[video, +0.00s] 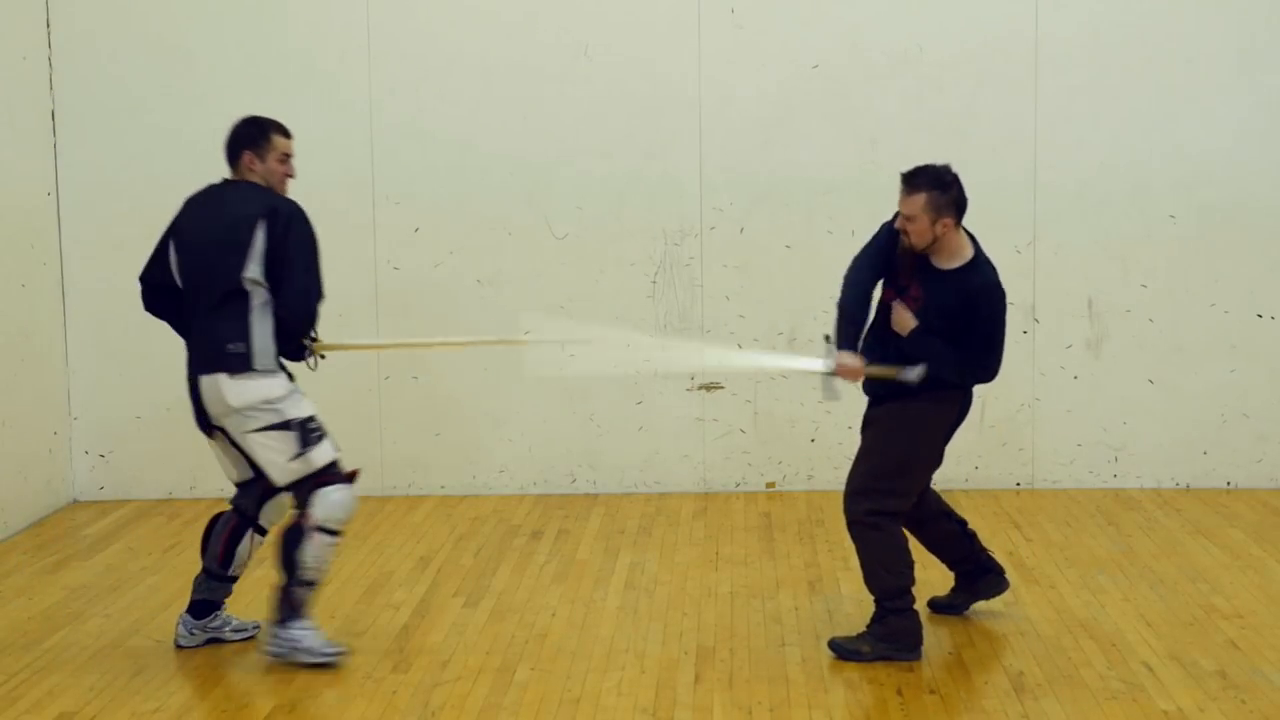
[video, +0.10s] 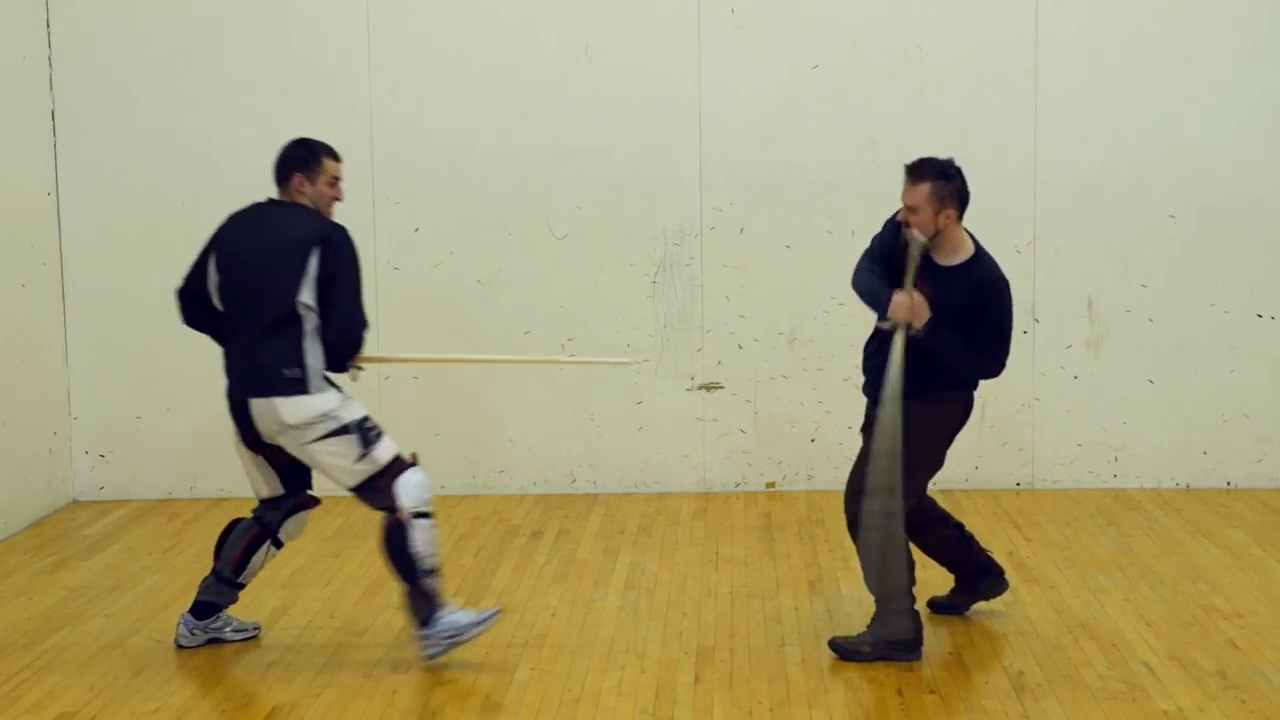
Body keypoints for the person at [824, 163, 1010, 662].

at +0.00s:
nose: (900, 226)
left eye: (911, 220)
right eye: (901, 216)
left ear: (946, 224)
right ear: (905, 208)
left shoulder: (980, 287)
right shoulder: (902, 233)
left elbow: (983, 368)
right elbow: (859, 276)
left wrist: (915, 334)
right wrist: (848, 346)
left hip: (935, 400)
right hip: (888, 388)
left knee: (868, 503)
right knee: (903, 493)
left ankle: (896, 628)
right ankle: (979, 572)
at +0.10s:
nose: (904, 218)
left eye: (915, 211)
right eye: (904, 208)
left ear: (949, 215)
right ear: (908, 201)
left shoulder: (986, 283)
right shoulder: (902, 232)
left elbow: (990, 363)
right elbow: (865, 274)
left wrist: (925, 326)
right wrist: (891, 299)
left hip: (938, 404)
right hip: (888, 393)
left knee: (872, 501)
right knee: (892, 497)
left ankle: (897, 629)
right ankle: (978, 572)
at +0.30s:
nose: (908, 195)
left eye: (918, 187)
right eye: (909, 185)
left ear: (951, 194)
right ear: (929, 193)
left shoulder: (996, 252)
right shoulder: (916, 239)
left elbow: (993, 330)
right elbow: (885, 280)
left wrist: (936, 283)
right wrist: (891, 230)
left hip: (957, 399)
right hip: (903, 393)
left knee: (891, 497)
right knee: (881, 495)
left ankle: (896, 628)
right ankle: (958, 574)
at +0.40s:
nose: (901, 187)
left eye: (912, 179)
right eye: (903, 177)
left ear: (946, 186)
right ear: (931, 187)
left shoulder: (995, 223)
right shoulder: (920, 230)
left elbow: (1017, 293)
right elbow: (895, 270)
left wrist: (951, 267)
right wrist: (873, 217)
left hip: (987, 371)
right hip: (929, 367)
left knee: (939, 479)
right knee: (907, 478)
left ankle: (902, 602)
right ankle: (964, 577)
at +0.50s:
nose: (904, 177)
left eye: (914, 165)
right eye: (903, 167)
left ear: (948, 169)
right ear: (933, 175)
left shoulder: (1005, 206)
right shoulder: (925, 224)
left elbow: (1048, 271)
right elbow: (908, 266)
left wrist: (975, 290)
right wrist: (868, 220)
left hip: (1020, 352)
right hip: (959, 355)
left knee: (981, 463)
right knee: (945, 470)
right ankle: (969, 586)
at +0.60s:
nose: (918, 175)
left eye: (929, 166)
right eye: (918, 168)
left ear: (963, 176)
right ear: (925, 182)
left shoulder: (1014, 214)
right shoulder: (935, 237)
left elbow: (1066, 273)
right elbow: (921, 282)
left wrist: (997, 301)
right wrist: (883, 233)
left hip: (1045, 362)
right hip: (983, 363)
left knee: (1038, 476)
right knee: (964, 472)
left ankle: (1073, 565)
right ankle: (974, 586)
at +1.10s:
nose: (958, 225)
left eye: (968, 215)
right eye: (953, 216)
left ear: (997, 214)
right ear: (951, 218)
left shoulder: (1046, 241)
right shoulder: (962, 262)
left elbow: (1095, 299)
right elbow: (970, 324)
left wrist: (1030, 320)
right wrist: (941, 281)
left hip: (1071, 362)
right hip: (1004, 362)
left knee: (1073, 465)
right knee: (987, 461)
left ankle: (1083, 571)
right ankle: (999, 561)